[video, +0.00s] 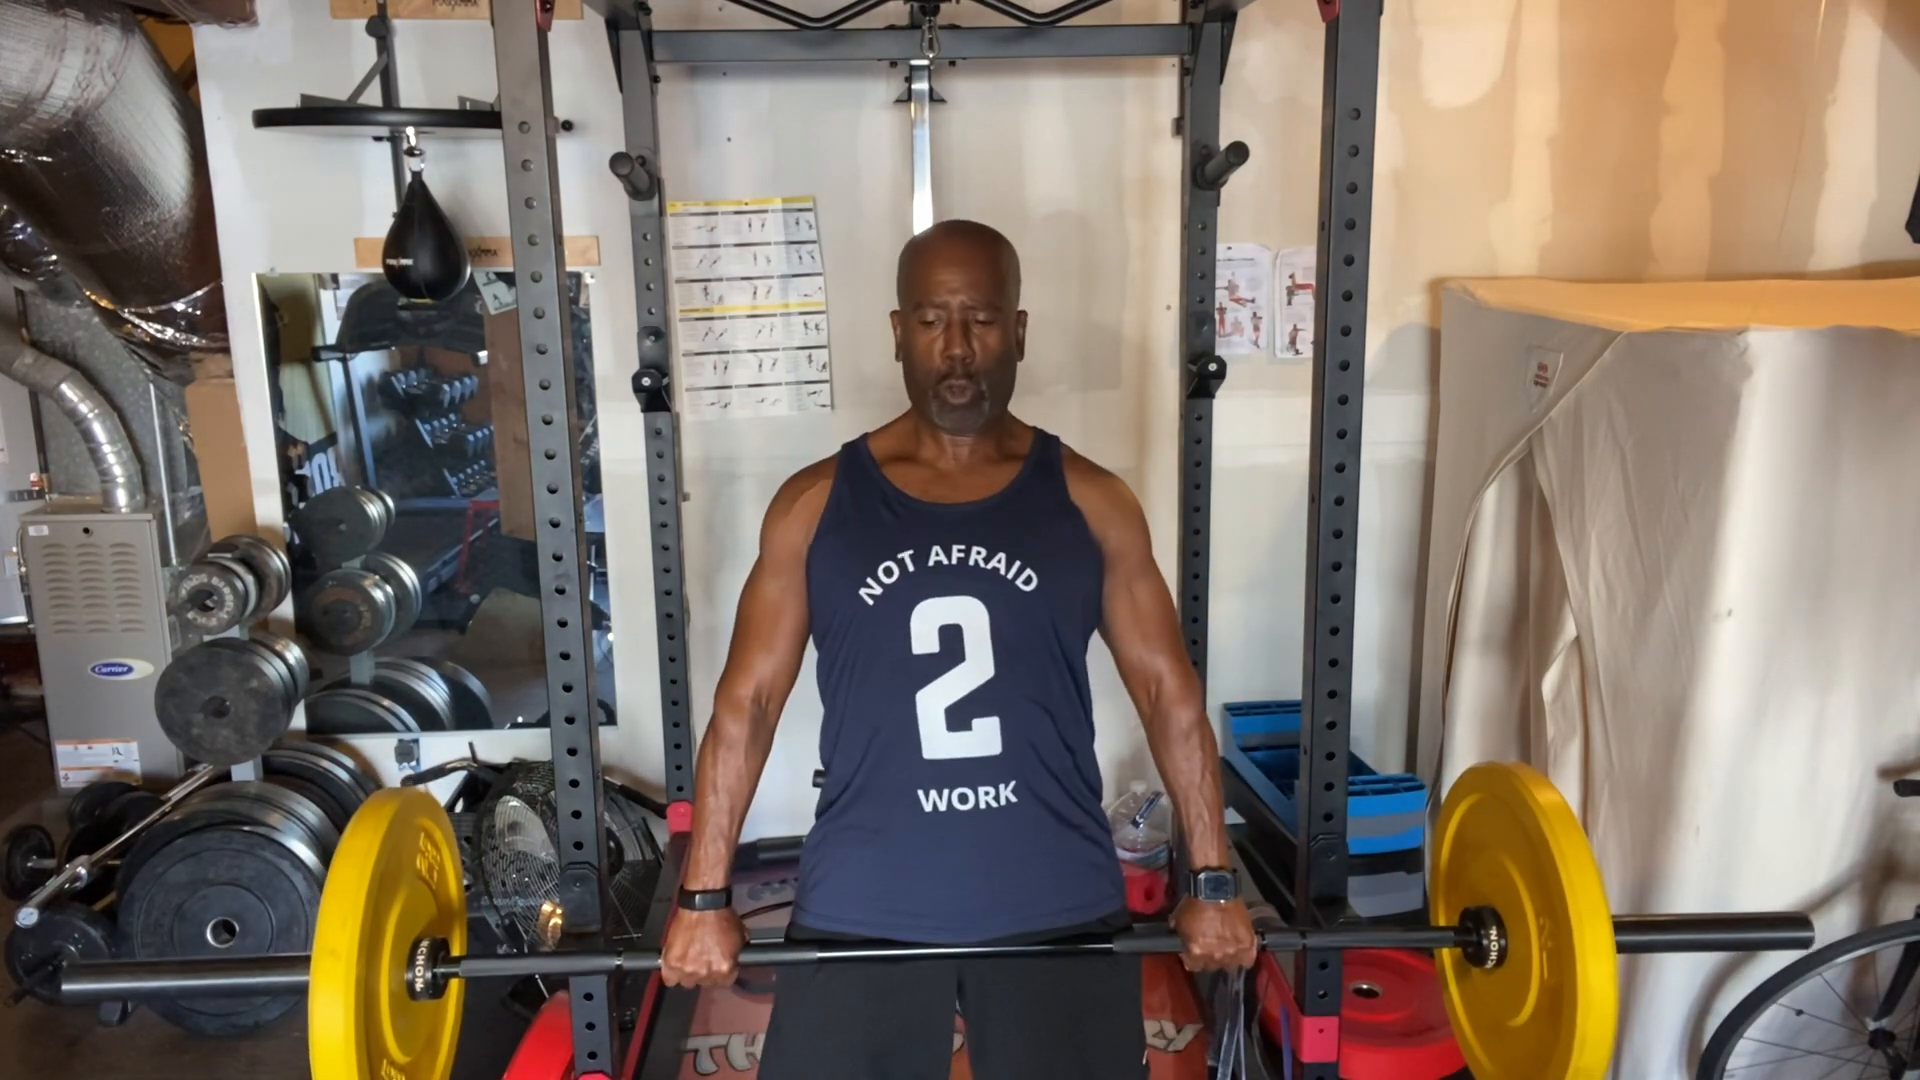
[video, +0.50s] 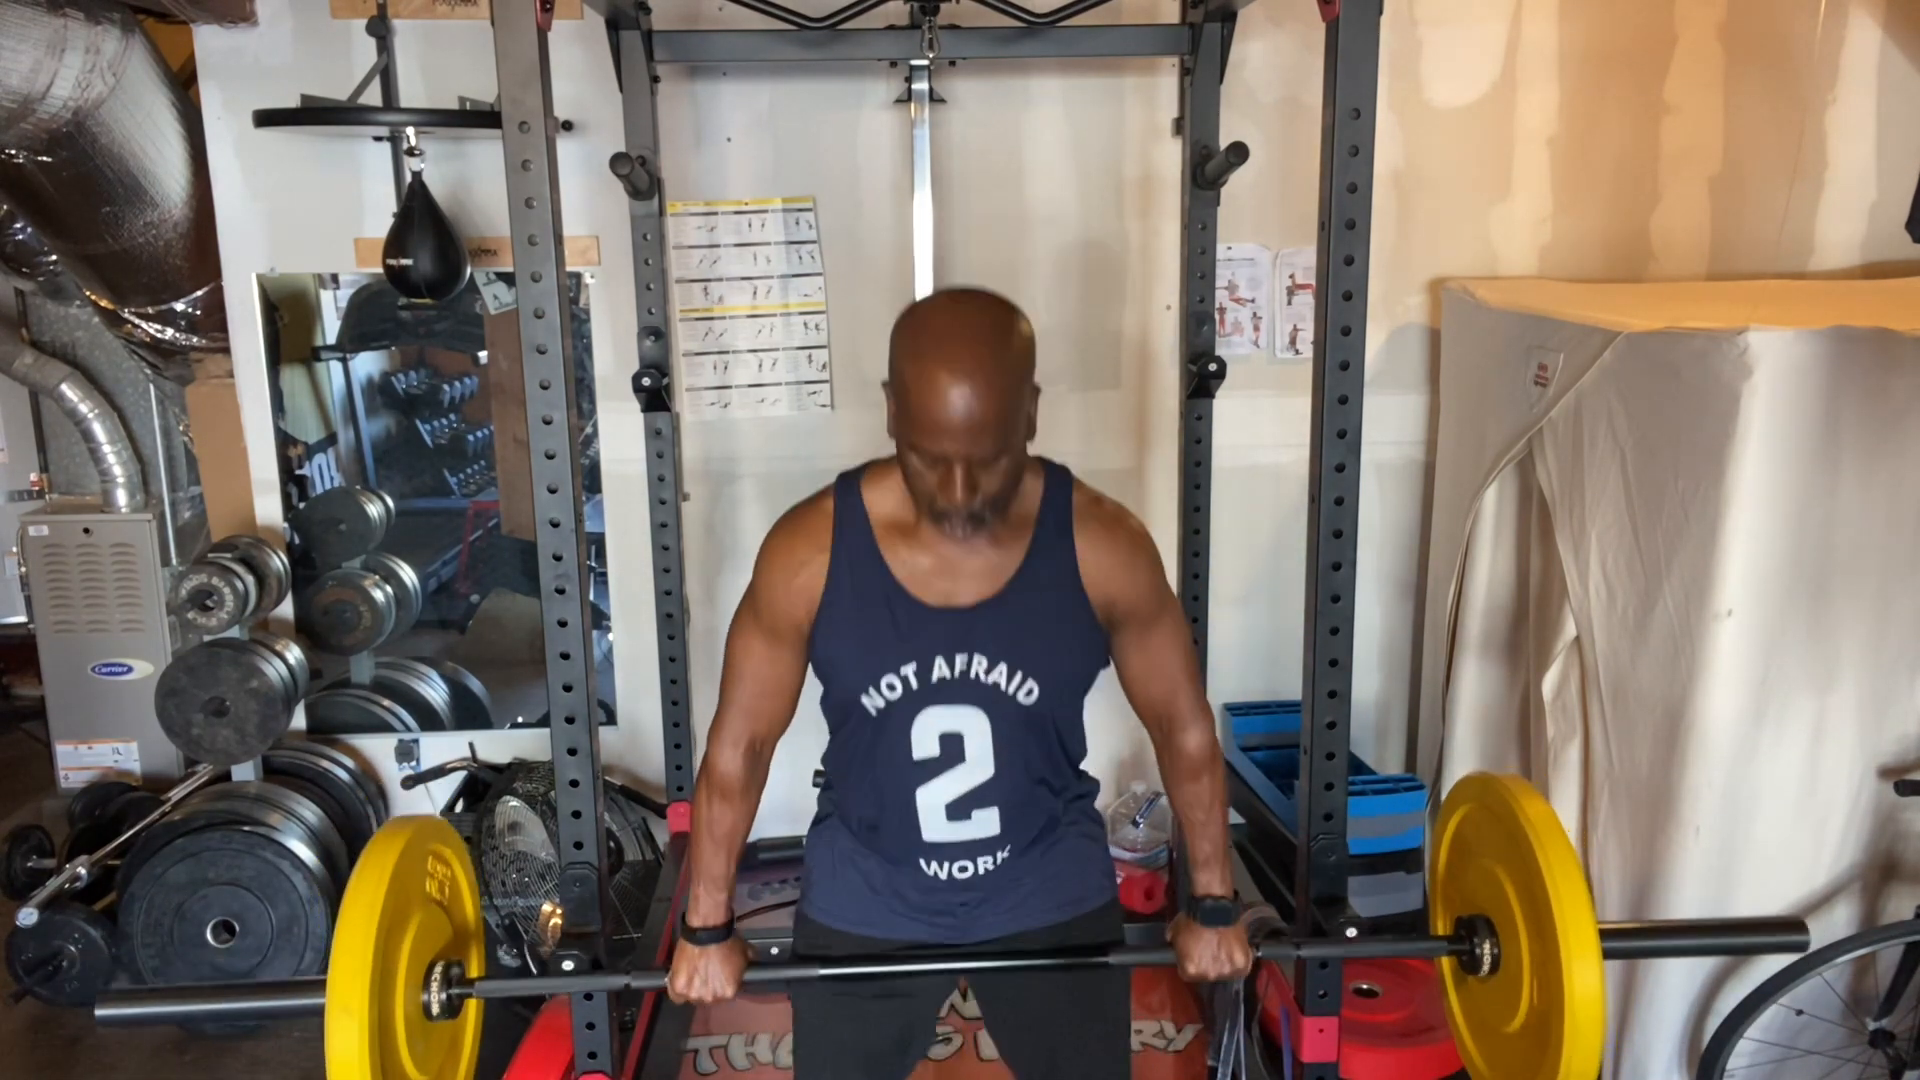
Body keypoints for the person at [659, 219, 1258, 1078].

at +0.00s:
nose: (955, 347)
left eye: (981, 320)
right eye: (930, 321)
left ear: (1018, 333)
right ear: (899, 335)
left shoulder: (1093, 502)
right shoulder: (816, 504)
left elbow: (1167, 689)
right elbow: (747, 703)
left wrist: (1213, 878)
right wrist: (703, 893)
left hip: (1059, 930)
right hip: (860, 933)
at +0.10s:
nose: (953, 349)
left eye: (979, 322)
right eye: (928, 323)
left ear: (1017, 334)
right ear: (896, 336)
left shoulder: (1093, 502)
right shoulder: (814, 506)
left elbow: (1167, 690)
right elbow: (746, 705)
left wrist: (1212, 878)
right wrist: (703, 893)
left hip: (1059, 927)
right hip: (860, 929)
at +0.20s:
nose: (952, 366)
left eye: (978, 336)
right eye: (926, 337)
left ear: (1018, 334)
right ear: (893, 336)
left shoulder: (1094, 504)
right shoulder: (813, 507)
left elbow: (1169, 693)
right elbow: (744, 709)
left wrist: (1213, 878)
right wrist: (702, 895)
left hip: (1056, 916)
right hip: (863, 919)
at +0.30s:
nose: (952, 396)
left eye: (978, 363)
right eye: (925, 362)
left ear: (1021, 345)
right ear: (891, 346)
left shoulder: (1095, 507)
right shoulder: (811, 511)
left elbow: (1173, 700)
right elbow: (741, 714)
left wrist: (1212, 878)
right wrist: (704, 897)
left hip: (1055, 908)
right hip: (866, 912)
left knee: (1078, 1063)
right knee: (831, 1066)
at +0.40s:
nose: (950, 434)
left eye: (978, 400)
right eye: (922, 399)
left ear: (1024, 367)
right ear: (888, 365)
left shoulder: (1099, 519)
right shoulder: (809, 523)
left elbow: (1176, 706)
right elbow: (741, 721)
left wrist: (1213, 885)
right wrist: (706, 904)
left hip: (1053, 909)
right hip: (866, 913)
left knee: (1075, 1063)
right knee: (847, 1065)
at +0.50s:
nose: (959, 492)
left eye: (987, 461)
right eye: (930, 460)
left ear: (1032, 411)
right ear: (891, 411)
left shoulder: (1103, 546)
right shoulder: (810, 549)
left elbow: (1186, 727)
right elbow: (739, 746)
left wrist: (1212, 901)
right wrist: (706, 920)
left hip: (1048, 896)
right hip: (866, 899)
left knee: (1084, 1063)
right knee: (841, 1064)